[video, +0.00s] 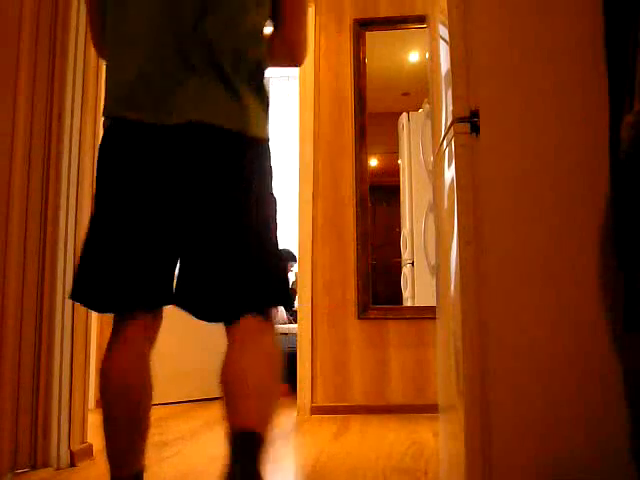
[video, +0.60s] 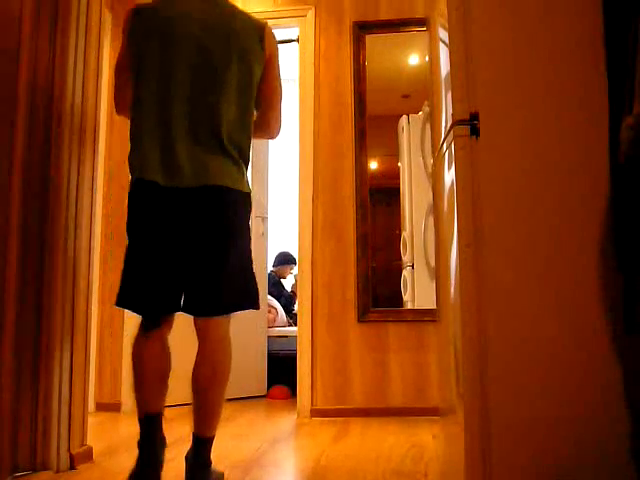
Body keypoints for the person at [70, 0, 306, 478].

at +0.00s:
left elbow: (103, 41)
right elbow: (292, 46)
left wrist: (165, 48)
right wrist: (225, 48)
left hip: (134, 133)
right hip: (228, 136)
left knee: (134, 321)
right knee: (251, 317)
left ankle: (125, 477)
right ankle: (245, 472)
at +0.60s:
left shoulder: (145, 17)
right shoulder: (256, 30)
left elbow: (123, 101)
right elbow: (269, 124)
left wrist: (173, 110)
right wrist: (217, 118)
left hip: (154, 190)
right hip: (220, 195)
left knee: (154, 322)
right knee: (213, 326)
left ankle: (150, 452)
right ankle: (200, 463)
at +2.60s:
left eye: (168, 35)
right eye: (203, 40)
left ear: (164, 37)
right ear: (206, 40)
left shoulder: (133, 71)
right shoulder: (229, 74)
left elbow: (119, 144)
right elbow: (256, 149)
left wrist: (159, 154)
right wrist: (216, 161)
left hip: (151, 211)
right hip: (207, 211)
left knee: (155, 324)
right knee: (209, 323)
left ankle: (163, 440)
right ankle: (204, 419)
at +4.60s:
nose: (187, 74)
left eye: (187, 71)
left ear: (187, 72)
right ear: (222, 72)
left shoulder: (166, 93)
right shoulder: (249, 102)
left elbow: (144, 162)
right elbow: (266, 170)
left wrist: (178, 178)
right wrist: (228, 179)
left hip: (174, 218)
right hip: (222, 221)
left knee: (172, 319)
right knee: (214, 322)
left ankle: (174, 421)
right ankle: (204, 422)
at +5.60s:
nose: (215, 69)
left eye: (206, 65)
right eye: (227, 65)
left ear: (200, 70)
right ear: (235, 71)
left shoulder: (177, 97)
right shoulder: (257, 104)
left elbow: (154, 155)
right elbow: (278, 169)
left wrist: (191, 171)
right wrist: (240, 178)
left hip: (183, 218)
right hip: (231, 222)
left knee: (186, 316)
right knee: (220, 324)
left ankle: (186, 410)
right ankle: (205, 422)